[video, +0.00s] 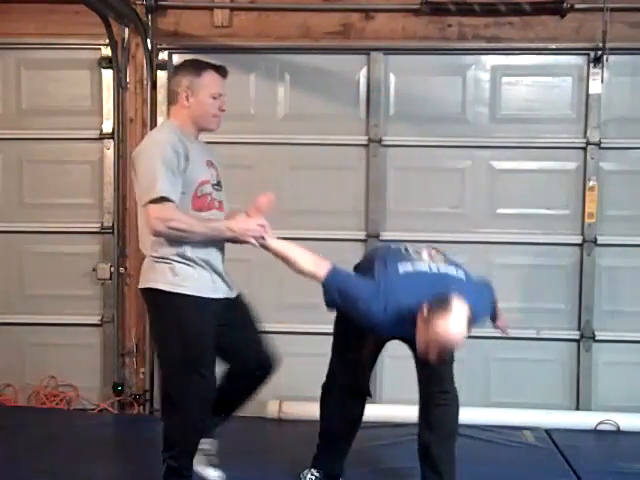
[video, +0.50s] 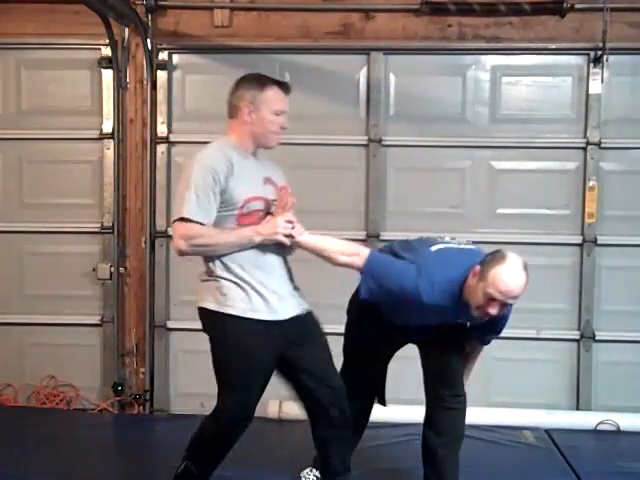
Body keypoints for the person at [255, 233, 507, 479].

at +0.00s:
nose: (436, 356)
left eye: (446, 350)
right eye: (434, 344)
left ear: (463, 329)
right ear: (422, 316)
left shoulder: (476, 301)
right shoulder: (375, 308)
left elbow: (490, 295)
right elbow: (316, 266)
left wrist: (498, 318)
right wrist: (268, 241)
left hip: (440, 275)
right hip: (379, 272)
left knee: (440, 393)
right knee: (346, 382)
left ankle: (439, 474)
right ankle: (324, 469)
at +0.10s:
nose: (434, 377)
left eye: (443, 372)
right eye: (432, 367)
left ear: (467, 351)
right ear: (426, 335)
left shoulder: (485, 331)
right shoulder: (379, 323)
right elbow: (319, 275)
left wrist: (486, 351)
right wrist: (273, 246)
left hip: (444, 269)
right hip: (383, 269)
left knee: (445, 393)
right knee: (353, 380)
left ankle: (442, 475)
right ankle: (329, 467)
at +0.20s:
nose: (447, 370)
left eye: (457, 365)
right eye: (445, 359)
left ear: (476, 349)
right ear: (435, 329)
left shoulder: (485, 331)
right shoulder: (385, 320)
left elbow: (484, 349)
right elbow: (323, 272)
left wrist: (479, 374)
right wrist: (275, 245)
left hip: (447, 270)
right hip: (387, 271)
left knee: (450, 396)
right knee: (356, 385)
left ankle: (443, 473)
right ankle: (326, 470)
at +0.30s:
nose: (463, 347)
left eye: (474, 342)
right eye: (460, 336)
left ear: (488, 330)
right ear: (447, 312)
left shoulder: (486, 322)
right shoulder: (397, 310)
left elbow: (482, 350)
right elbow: (332, 268)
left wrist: (472, 386)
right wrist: (281, 243)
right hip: (386, 280)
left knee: (449, 400)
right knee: (358, 388)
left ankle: (443, 475)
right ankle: (327, 469)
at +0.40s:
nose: (480, 322)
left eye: (491, 314)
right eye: (476, 310)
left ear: (502, 308)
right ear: (461, 289)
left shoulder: (495, 312)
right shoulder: (410, 294)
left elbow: (477, 349)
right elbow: (342, 262)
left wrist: (464, 383)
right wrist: (288, 240)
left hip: (444, 324)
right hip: (380, 305)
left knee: (449, 402)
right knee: (357, 390)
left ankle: (442, 474)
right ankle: (324, 469)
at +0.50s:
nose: (493, 311)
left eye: (503, 305)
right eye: (490, 299)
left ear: (513, 298)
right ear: (474, 276)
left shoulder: (499, 309)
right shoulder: (420, 286)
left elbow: (473, 347)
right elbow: (356, 256)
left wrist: (454, 389)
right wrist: (300, 237)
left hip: (442, 320)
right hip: (381, 308)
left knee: (448, 402)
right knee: (357, 392)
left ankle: (442, 475)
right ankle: (325, 469)